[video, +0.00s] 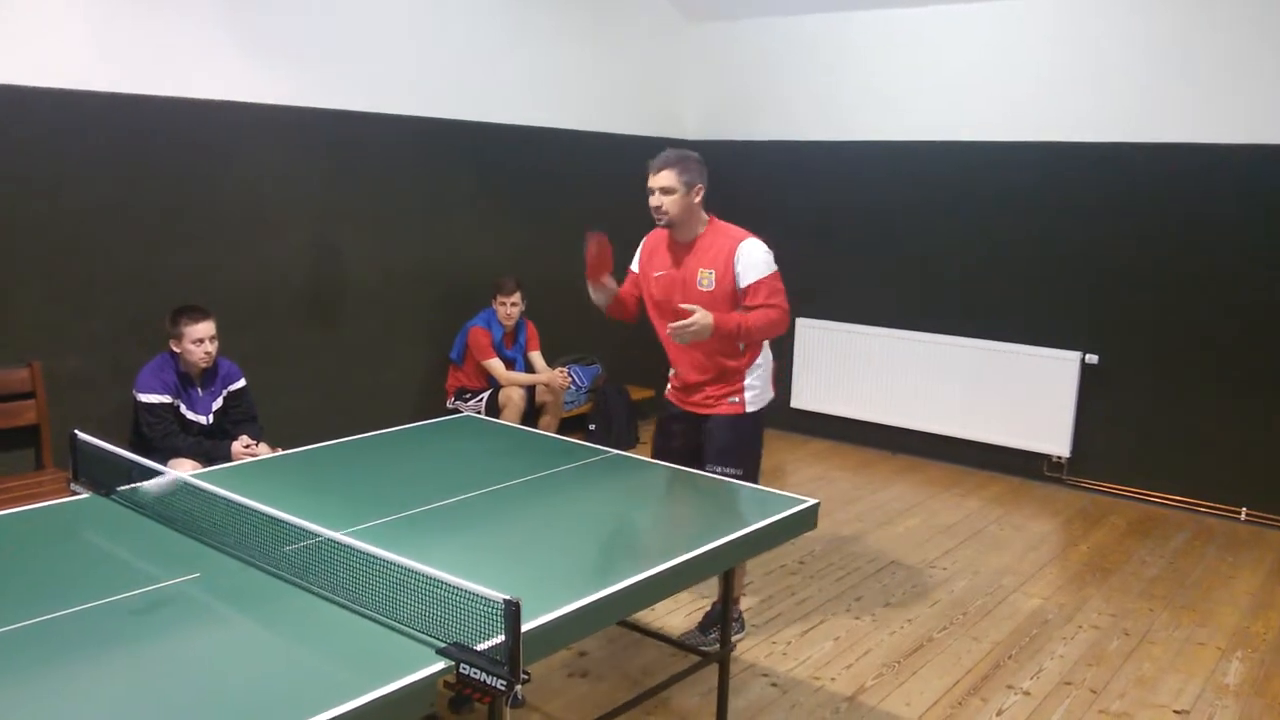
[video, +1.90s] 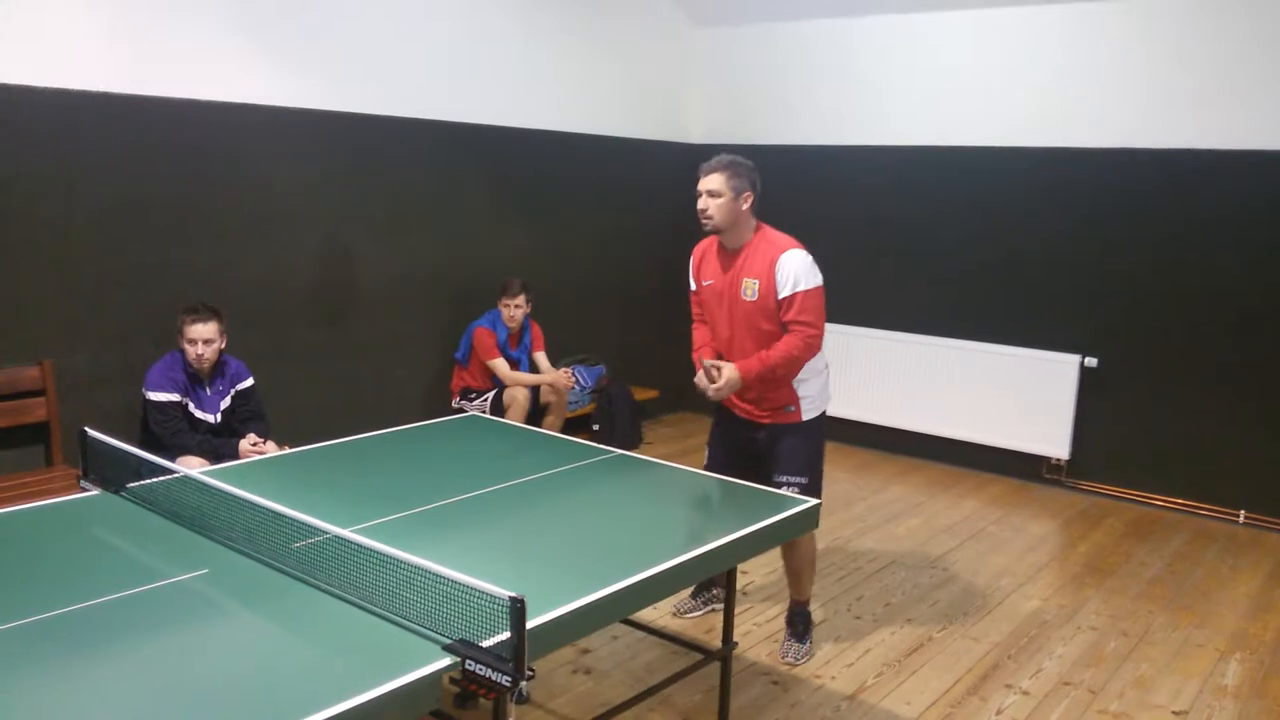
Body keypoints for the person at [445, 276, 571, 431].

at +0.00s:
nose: (508, 311)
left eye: (514, 305)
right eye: (502, 304)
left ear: (523, 306)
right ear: (494, 304)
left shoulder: (527, 328)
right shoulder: (478, 331)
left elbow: (542, 369)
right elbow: (503, 378)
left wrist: (556, 377)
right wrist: (547, 379)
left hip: (501, 391)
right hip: (465, 397)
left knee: (554, 393)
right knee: (515, 395)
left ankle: (542, 453)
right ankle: (504, 454)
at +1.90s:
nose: (511, 313)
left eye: (518, 307)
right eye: (506, 306)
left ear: (528, 308)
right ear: (499, 306)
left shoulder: (532, 329)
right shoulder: (482, 331)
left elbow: (546, 369)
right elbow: (507, 378)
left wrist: (560, 377)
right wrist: (552, 379)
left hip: (505, 391)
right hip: (469, 398)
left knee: (558, 393)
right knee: (520, 395)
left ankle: (546, 452)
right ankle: (509, 452)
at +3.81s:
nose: (503, 319)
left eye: (509, 314)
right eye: (498, 313)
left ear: (519, 315)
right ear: (491, 313)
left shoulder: (523, 338)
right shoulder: (474, 339)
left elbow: (538, 378)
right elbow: (498, 387)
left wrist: (552, 386)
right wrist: (543, 386)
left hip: (496, 400)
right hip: (460, 407)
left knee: (550, 401)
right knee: (511, 403)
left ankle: (535, 461)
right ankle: (498, 460)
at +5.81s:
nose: (508, 319)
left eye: (514, 313)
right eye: (503, 312)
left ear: (523, 314)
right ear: (494, 312)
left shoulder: (527, 336)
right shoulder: (477, 339)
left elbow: (541, 377)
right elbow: (501, 386)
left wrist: (554, 384)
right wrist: (544, 386)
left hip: (501, 399)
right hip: (464, 405)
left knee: (553, 401)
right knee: (513, 402)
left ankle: (541, 463)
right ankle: (501, 461)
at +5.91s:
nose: (508, 319)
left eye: (514, 313)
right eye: (503, 313)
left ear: (523, 315)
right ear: (494, 313)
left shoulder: (526, 337)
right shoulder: (477, 339)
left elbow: (541, 377)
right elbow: (501, 386)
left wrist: (554, 385)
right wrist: (544, 386)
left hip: (500, 399)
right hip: (464, 405)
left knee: (553, 401)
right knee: (513, 402)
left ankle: (540, 463)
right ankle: (500, 462)